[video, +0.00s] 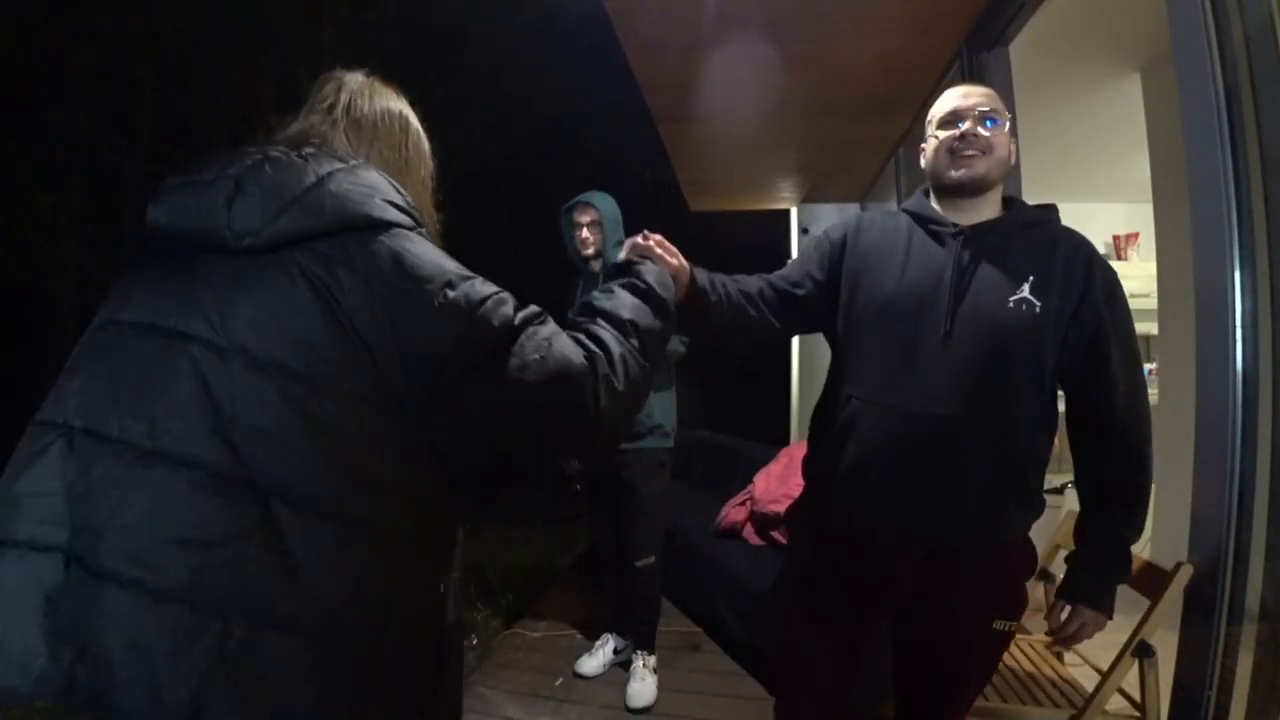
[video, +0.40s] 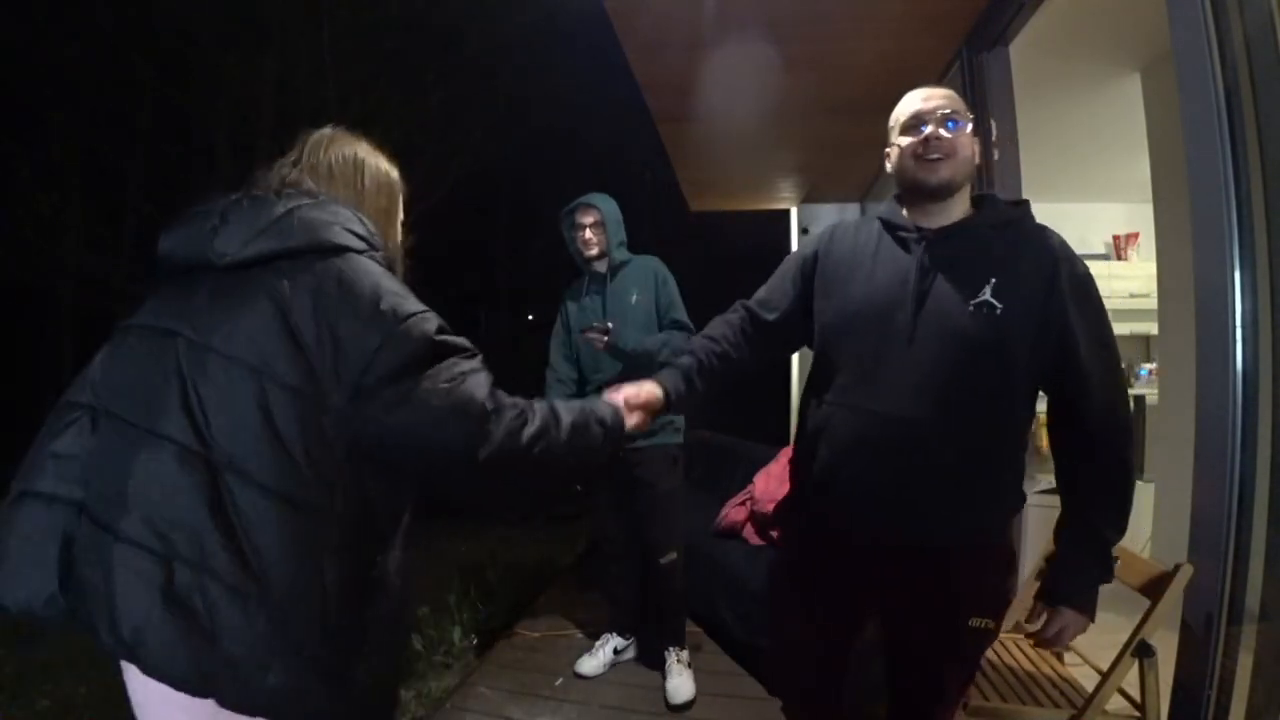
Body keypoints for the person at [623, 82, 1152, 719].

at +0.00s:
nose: (967, 129)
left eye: (987, 118)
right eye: (948, 121)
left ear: (1015, 151)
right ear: (921, 154)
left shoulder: (1069, 263)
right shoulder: (860, 236)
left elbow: (1116, 432)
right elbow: (774, 299)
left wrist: (1096, 574)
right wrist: (690, 284)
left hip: (975, 553)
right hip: (840, 537)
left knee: (933, 705)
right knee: (814, 700)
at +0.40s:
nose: (929, 130)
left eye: (948, 119)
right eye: (909, 125)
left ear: (980, 149)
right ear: (888, 159)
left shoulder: (1038, 257)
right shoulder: (835, 246)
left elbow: (1096, 427)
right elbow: (750, 327)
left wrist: (1077, 574)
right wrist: (665, 386)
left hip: (957, 546)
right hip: (827, 532)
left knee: (924, 705)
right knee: (813, 700)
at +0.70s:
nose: (868, 136)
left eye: (885, 124)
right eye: (849, 131)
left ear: (914, 152)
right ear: (829, 165)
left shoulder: (974, 247)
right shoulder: (788, 261)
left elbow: (1047, 403)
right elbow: (741, 379)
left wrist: (1025, 557)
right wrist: (721, 471)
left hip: (928, 531)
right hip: (805, 529)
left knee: (906, 701)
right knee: (811, 696)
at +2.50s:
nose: (884, 94)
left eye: (904, 81)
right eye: (859, 81)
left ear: (930, 117)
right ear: (820, 125)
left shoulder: (1013, 226)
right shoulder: (758, 249)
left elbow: (1071, 419)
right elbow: (703, 429)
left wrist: (975, 585)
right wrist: (741, 574)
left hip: (944, 615)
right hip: (793, 613)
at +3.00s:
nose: (837, 136)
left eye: (870, 106)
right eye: (806, 118)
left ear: (924, 138)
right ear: (779, 159)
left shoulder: (1020, 283)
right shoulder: (721, 299)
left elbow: (1103, 501)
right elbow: (684, 482)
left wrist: (962, 669)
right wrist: (733, 621)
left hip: (941, 659)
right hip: (774, 656)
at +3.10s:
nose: (804, 166)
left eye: (841, 133)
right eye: (776, 144)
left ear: (911, 160)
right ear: (752, 178)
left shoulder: (1019, 309)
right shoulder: (708, 317)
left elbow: (1121, 534)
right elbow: (659, 498)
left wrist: (969, 668)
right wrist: (713, 627)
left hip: (935, 686)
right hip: (763, 681)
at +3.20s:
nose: (733, 212)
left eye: (772, 171)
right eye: (706, 187)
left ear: (866, 183)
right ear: (690, 206)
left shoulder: (994, 333)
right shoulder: (686, 338)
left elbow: (1132, 583)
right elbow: (658, 504)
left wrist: (962, 693)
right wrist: (700, 634)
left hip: (941, 668)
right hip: (768, 671)